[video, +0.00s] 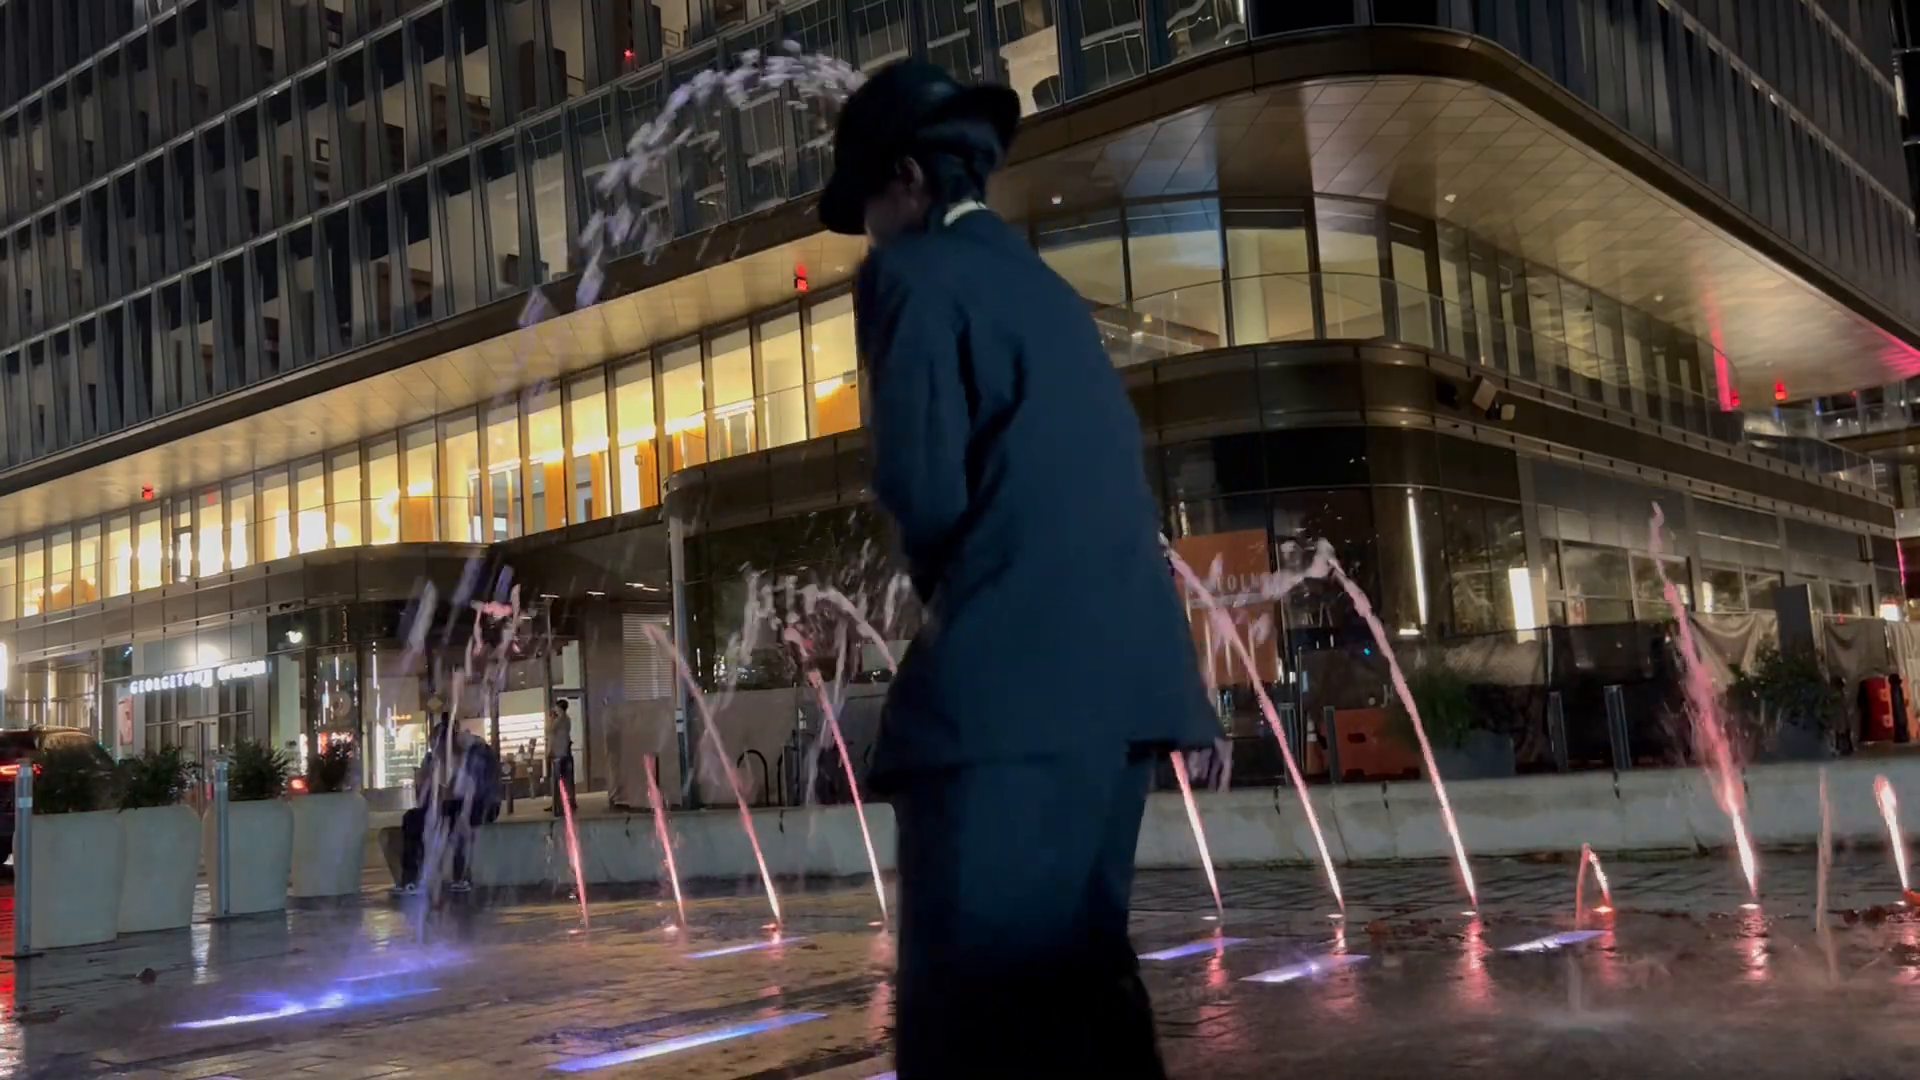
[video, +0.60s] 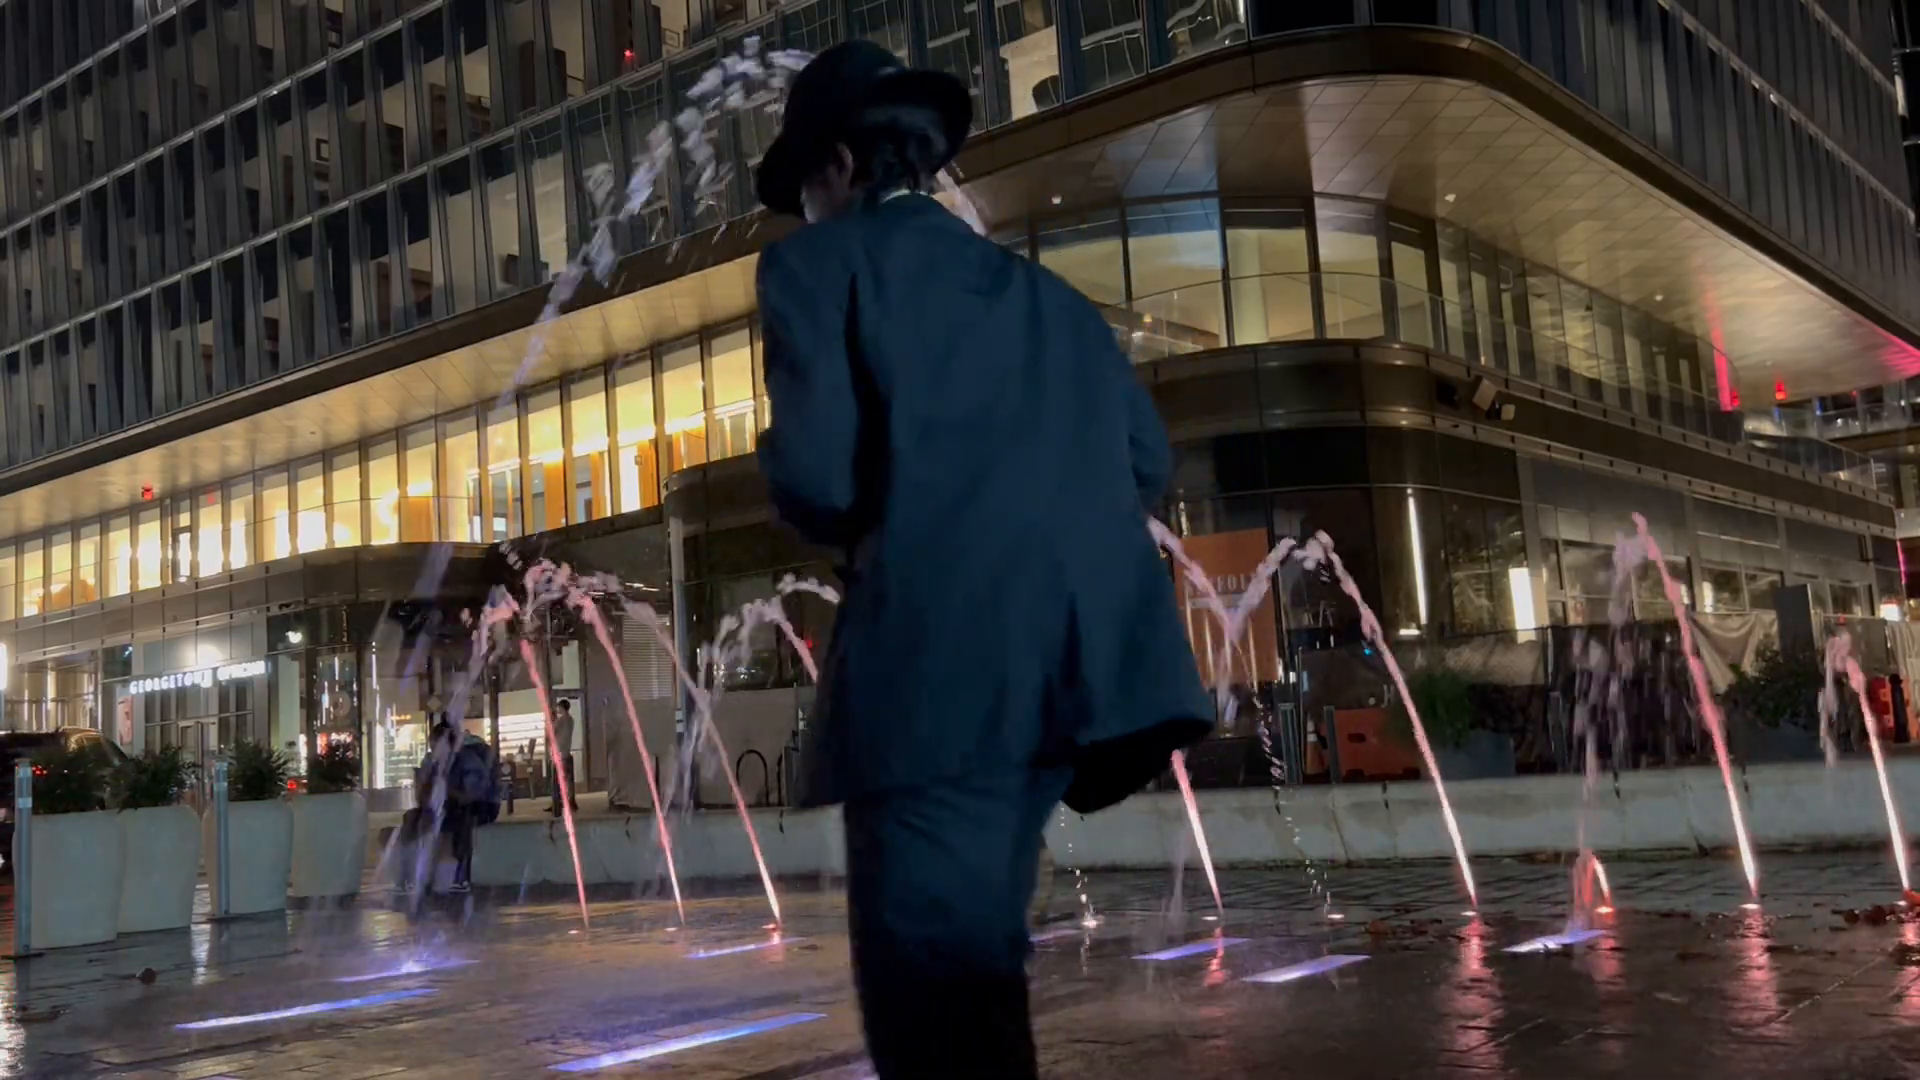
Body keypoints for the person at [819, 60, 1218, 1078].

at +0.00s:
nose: (863, 235)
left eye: (864, 208)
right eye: (857, 216)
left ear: (908, 180)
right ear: (956, 180)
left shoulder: (917, 270)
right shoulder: (1045, 284)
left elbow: (921, 487)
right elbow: (1096, 484)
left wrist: (952, 580)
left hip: (1006, 689)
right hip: (1115, 683)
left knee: (963, 993)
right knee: (1085, 968)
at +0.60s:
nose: (805, 214)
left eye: (806, 189)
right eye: (801, 195)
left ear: (842, 165)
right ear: (929, 169)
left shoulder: (818, 257)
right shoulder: (1050, 291)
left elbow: (813, 477)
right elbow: (1147, 462)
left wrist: (852, 548)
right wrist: (1027, 521)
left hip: (940, 640)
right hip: (1083, 639)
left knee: (915, 976)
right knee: (987, 951)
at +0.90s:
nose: (781, 250)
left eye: (781, 226)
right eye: (775, 232)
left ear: (818, 198)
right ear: (898, 192)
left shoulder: (813, 269)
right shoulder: (994, 296)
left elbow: (800, 483)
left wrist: (809, 614)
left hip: (946, 671)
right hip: (1071, 668)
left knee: (936, 996)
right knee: (986, 975)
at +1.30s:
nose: (747, 354)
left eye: (740, 323)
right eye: (739, 334)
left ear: (756, 290)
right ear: (838, 276)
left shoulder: (830, 336)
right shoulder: (895, 351)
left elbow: (839, 519)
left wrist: (652, 649)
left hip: (1017, 701)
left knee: (880, 976)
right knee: (1014, 972)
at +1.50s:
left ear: (837, 294)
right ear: (953, 265)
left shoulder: (792, 406)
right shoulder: (1039, 327)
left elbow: (816, 606)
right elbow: (1170, 463)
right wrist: (1166, 627)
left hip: (929, 731)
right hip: (1093, 704)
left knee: (854, 1009)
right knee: (1035, 974)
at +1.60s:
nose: (1060, 248)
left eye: (1056, 230)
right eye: (1047, 229)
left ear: (933, 240)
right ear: (1002, 231)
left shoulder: (871, 369)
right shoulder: (1036, 299)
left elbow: (846, 523)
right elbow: (1067, 434)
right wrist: (1216, 564)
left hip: (880, 702)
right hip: (1041, 686)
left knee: (900, 994)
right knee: (1093, 989)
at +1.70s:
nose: (1094, 242)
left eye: (1097, 221)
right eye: (1078, 216)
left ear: (1009, 212)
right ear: (1002, 211)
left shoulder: (962, 312)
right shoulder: (996, 297)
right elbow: (985, 451)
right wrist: (1194, 505)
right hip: (994, 723)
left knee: (993, 988)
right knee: (1145, 984)